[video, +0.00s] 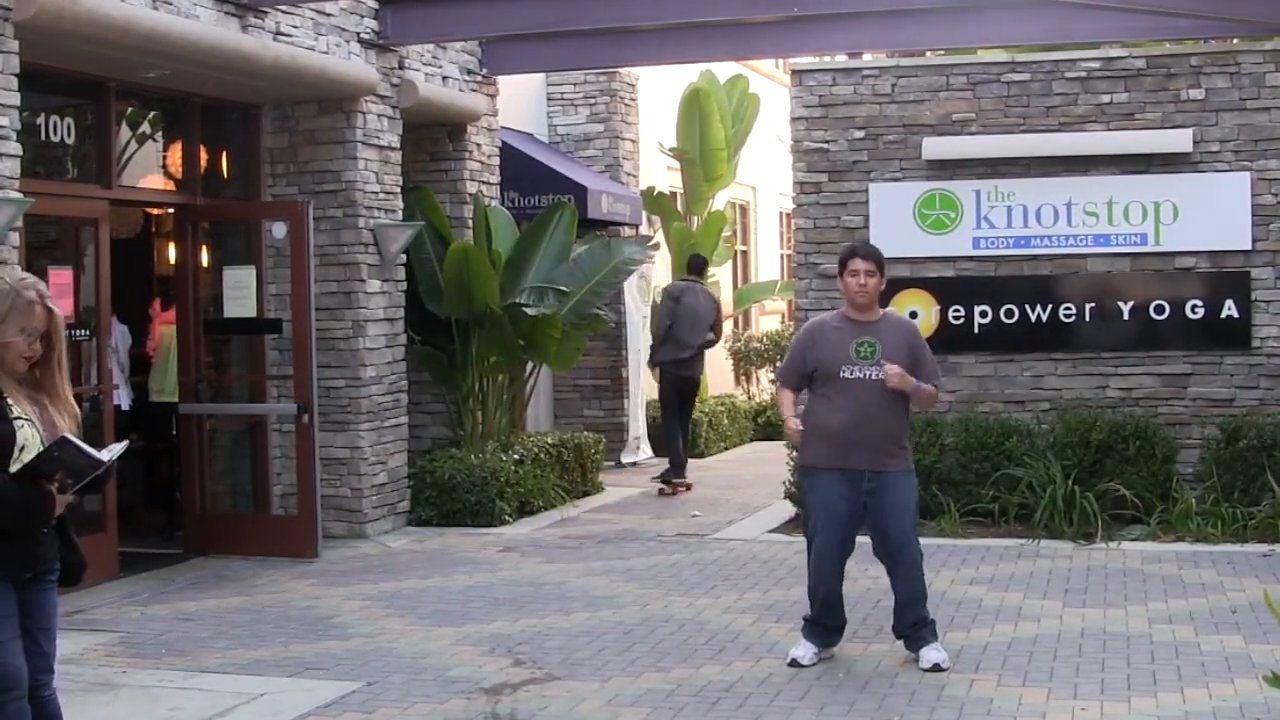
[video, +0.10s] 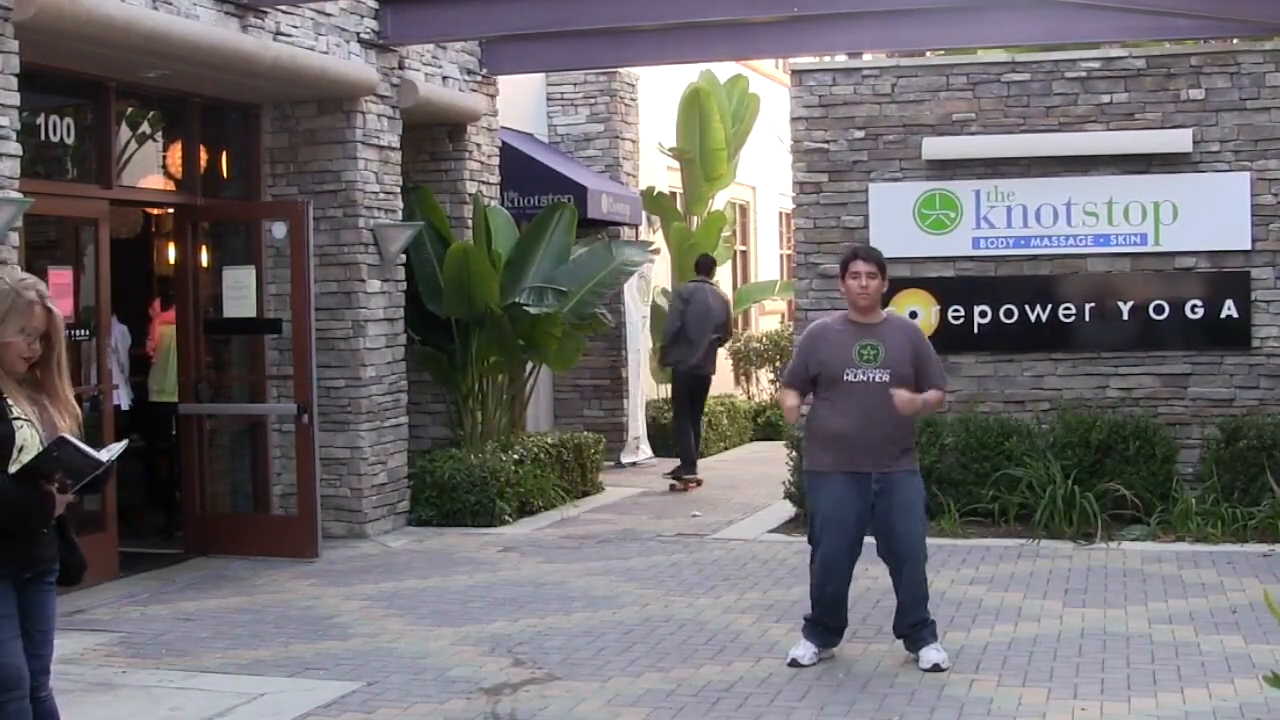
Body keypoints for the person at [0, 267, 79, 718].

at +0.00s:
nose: (35, 346)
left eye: (41, 336)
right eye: (24, 333)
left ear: (47, 340)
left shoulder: (48, 396)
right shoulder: (2, 399)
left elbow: (71, 472)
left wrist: (63, 492)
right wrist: (39, 503)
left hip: (42, 558)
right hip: (2, 560)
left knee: (41, 683)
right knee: (12, 685)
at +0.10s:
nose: (34, 346)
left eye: (41, 337)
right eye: (24, 333)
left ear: (47, 340)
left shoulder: (48, 396)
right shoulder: (2, 399)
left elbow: (72, 472)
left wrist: (62, 492)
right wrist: (39, 503)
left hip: (41, 559)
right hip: (2, 560)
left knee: (38, 685)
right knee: (13, 686)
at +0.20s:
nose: (34, 348)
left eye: (41, 337)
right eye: (24, 335)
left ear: (48, 340)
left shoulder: (48, 396)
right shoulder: (2, 398)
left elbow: (71, 474)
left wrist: (63, 494)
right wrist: (39, 503)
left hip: (41, 557)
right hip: (2, 559)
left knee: (36, 683)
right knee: (14, 685)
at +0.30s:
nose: (33, 349)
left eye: (40, 339)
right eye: (23, 338)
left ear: (48, 342)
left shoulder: (49, 398)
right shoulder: (3, 401)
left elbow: (69, 473)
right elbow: (5, 495)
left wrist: (62, 495)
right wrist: (40, 506)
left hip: (41, 560)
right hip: (3, 562)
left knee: (35, 684)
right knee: (16, 688)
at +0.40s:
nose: (35, 352)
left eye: (41, 341)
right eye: (25, 340)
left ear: (49, 343)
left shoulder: (49, 401)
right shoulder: (3, 404)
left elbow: (67, 473)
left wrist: (63, 495)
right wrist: (39, 508)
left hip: (42, 560)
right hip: (3, 563)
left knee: (35, 685)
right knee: (17, 688)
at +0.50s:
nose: (41, 357)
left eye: (45, 347)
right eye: (31, 347)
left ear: (50, 347)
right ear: (2, 343)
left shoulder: (47, 401)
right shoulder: (4, 406)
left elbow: (64, 472)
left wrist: (64, 496)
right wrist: (38, 511)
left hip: (42, 562)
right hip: (4, 565)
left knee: (35, 685)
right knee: (19, 687)